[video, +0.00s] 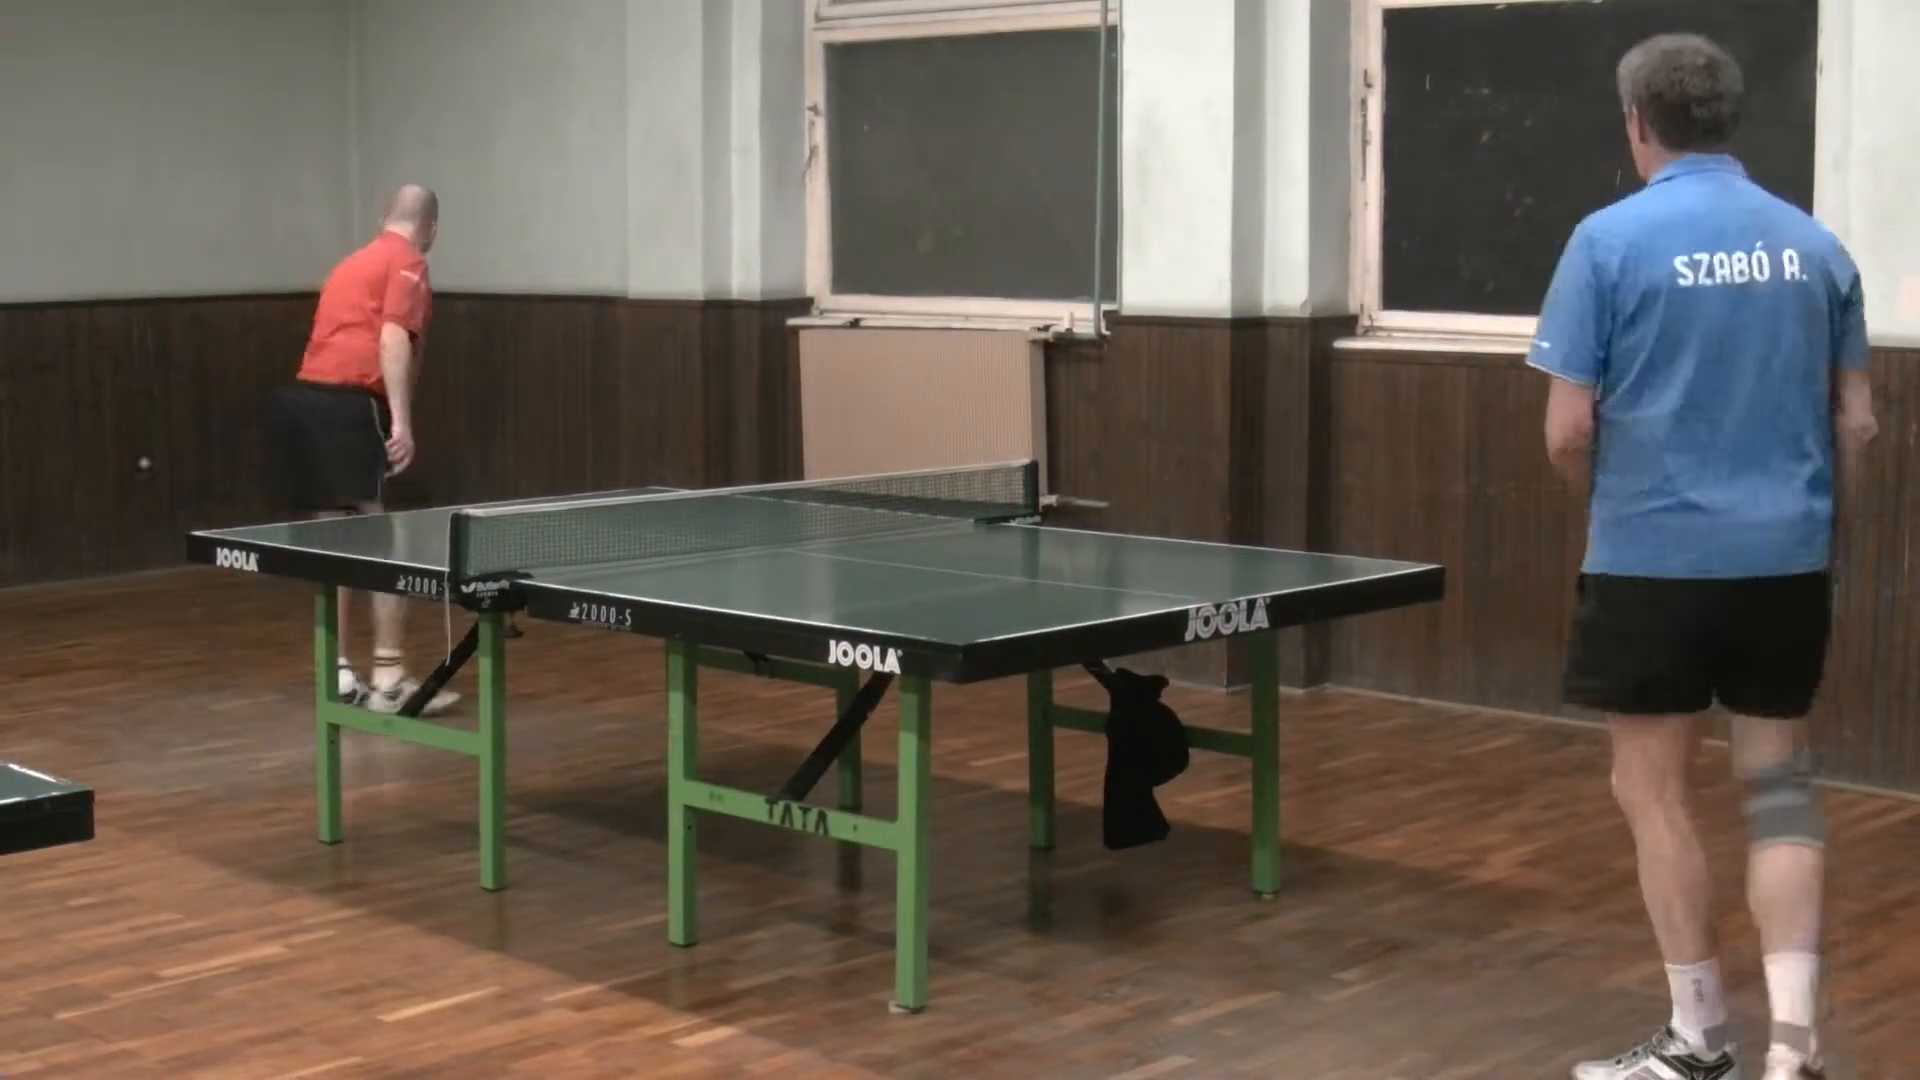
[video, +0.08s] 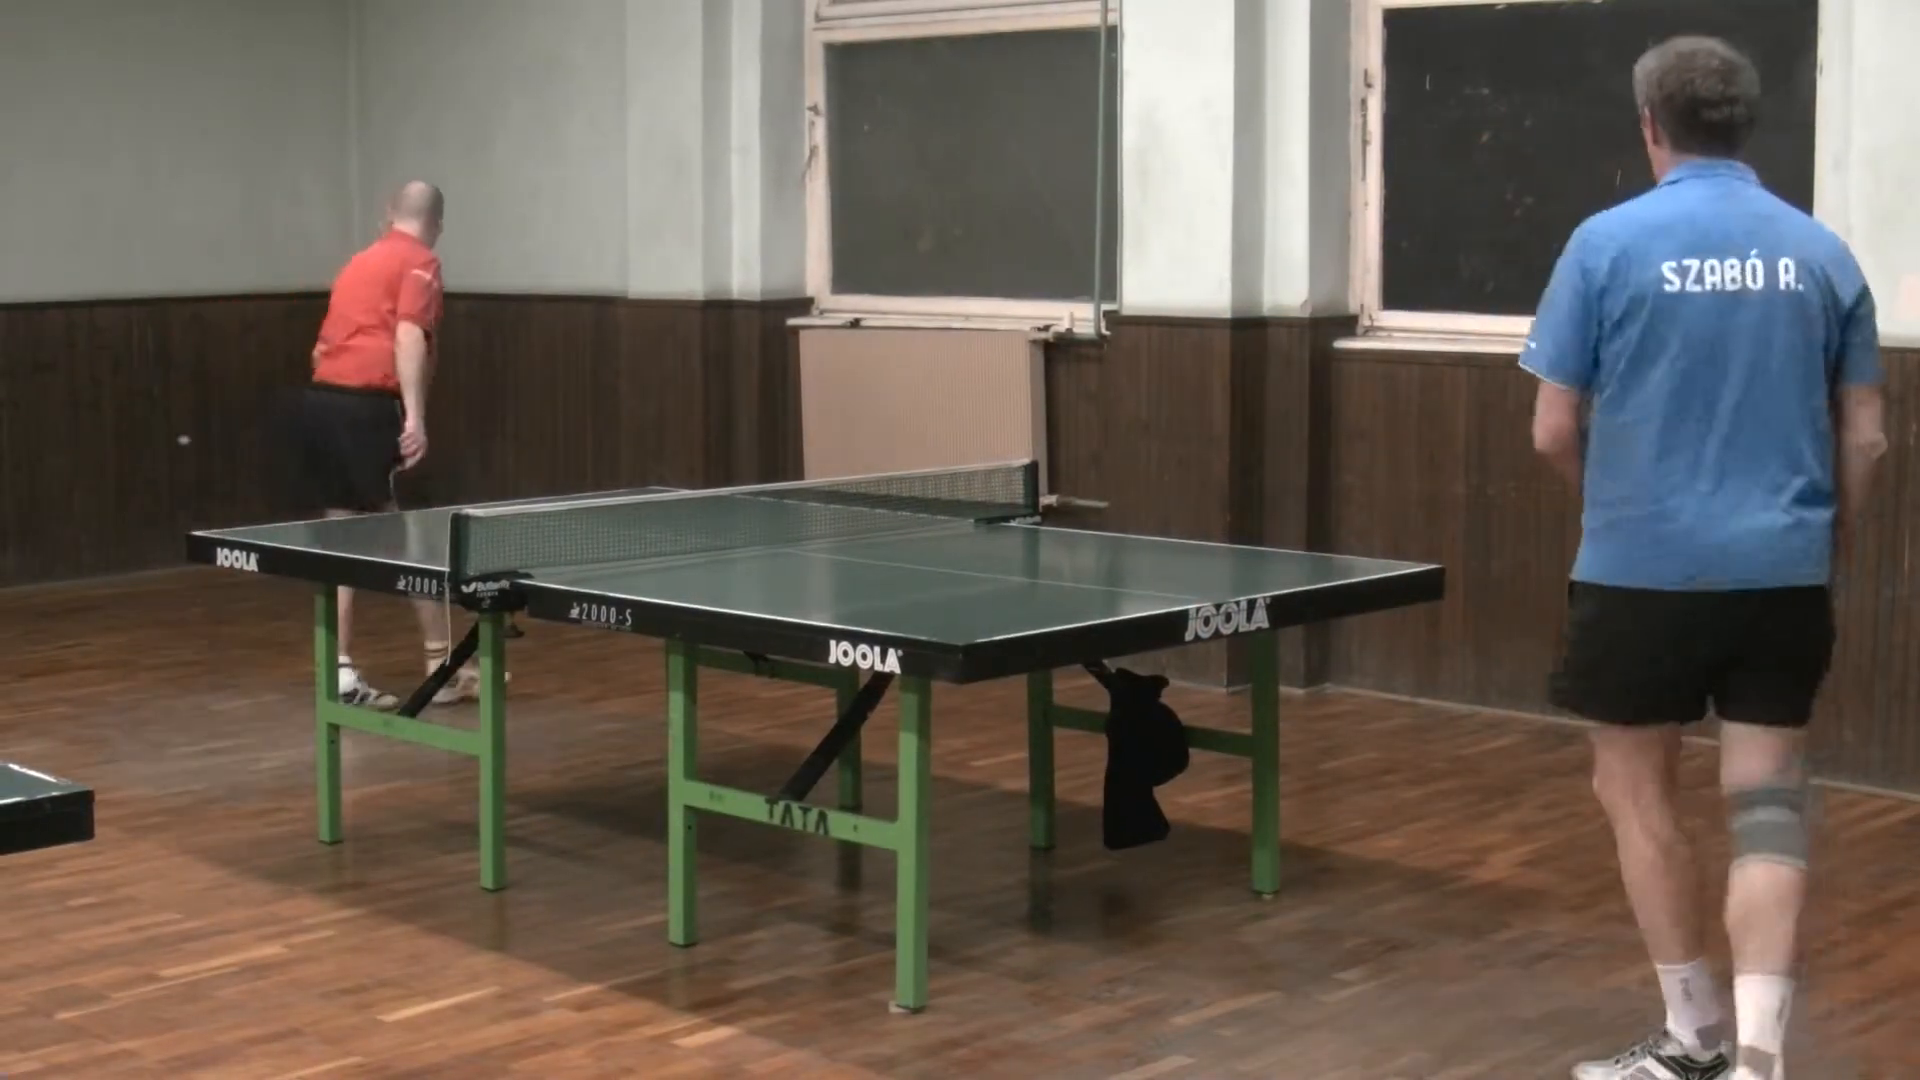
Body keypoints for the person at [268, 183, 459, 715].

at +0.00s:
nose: (431, 240)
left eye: (431, 232)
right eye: (434, 231)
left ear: (386, 221)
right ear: (429, 228)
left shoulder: (352, 262)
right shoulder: (407, 263)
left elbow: (336, 340)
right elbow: (394, 338)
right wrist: (401, 419)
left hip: (306, 401)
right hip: (350, 406)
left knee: (331, 539)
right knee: (383, 538)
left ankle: (337, 670)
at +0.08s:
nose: (439, 232)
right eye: (440, 225)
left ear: (390, 216)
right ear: (436, 224)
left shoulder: (360, 260)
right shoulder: (420, 261)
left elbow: (329, 345)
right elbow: (409, 335)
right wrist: (414, 415)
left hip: (324, 404)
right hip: (371, 405)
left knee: (339, 534)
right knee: (415, 534)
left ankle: (339, 668)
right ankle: (443, 663)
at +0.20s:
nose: (447, 230)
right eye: (452, 223)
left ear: (406, 216)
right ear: (453, 223)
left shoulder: (375, 262)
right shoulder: (441, 265)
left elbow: (337, 344)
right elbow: (435, 338)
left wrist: (358, 397)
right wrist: (449, 417)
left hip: (352, 408)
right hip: (404, 409)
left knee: (353, 532)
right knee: (433, 531)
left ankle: (342, 663)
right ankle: (472, 646)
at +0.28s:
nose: (464, 230)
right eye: (470, 223)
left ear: (422, 215)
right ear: (468, 222)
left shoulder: (390, 261)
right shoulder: (459, 267)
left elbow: (348, 339)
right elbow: (459, 346)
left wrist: (365, 395)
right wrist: (480, 426)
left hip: (371, 412)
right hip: (429, 417)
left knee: (367, 530)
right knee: (454, 536)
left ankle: (346, 657)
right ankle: (467, 655)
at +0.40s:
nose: (493, 227)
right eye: (497, 220)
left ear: (451, 212)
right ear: (497, 220)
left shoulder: (409, 261)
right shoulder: (491, 273)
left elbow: (367, 329)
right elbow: (499, 354)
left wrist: (369, 395)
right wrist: (523, 431)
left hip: (398, 412)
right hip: (459, 415)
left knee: (408, 521)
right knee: (482, 524)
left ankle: (378, 613)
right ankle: (476, 652)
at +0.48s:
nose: (508, 226)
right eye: (511, 220)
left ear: (463, 210)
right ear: (507, 219)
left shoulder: (419, 256)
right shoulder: (507, 270)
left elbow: (377, 324)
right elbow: (523, 355)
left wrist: (368, 394)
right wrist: (547, 431)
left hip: (408, 407)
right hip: (472, 410)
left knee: (429, 514)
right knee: (492, 521)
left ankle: (412, 607)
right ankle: (482, 652)